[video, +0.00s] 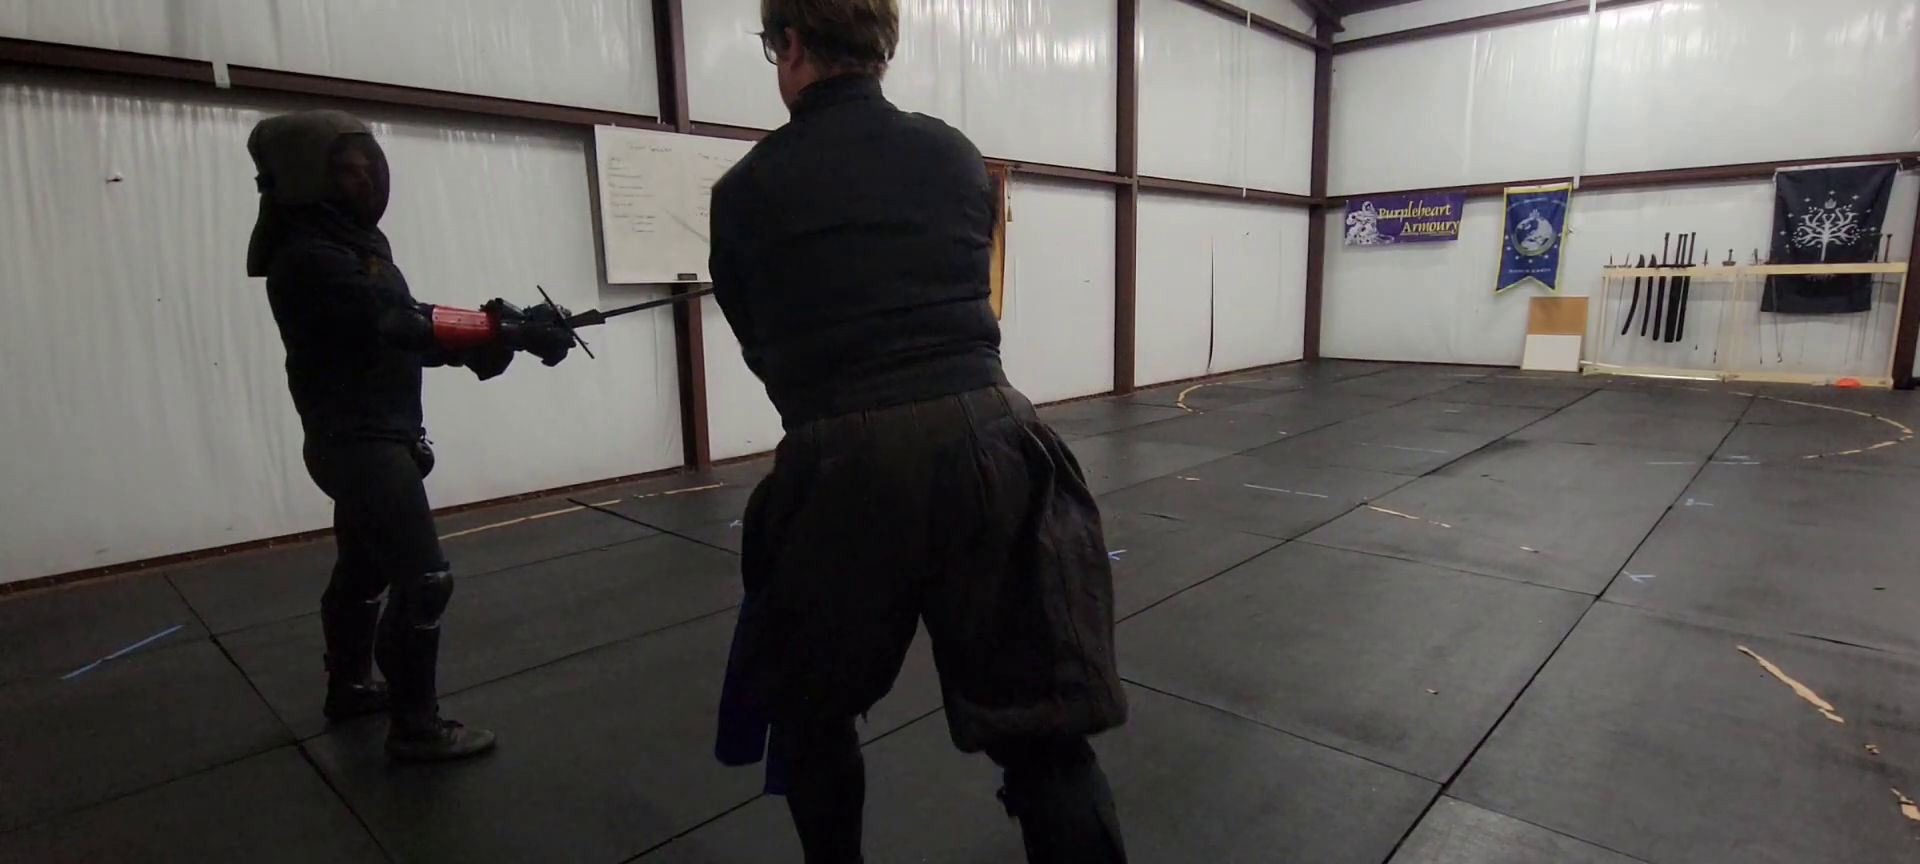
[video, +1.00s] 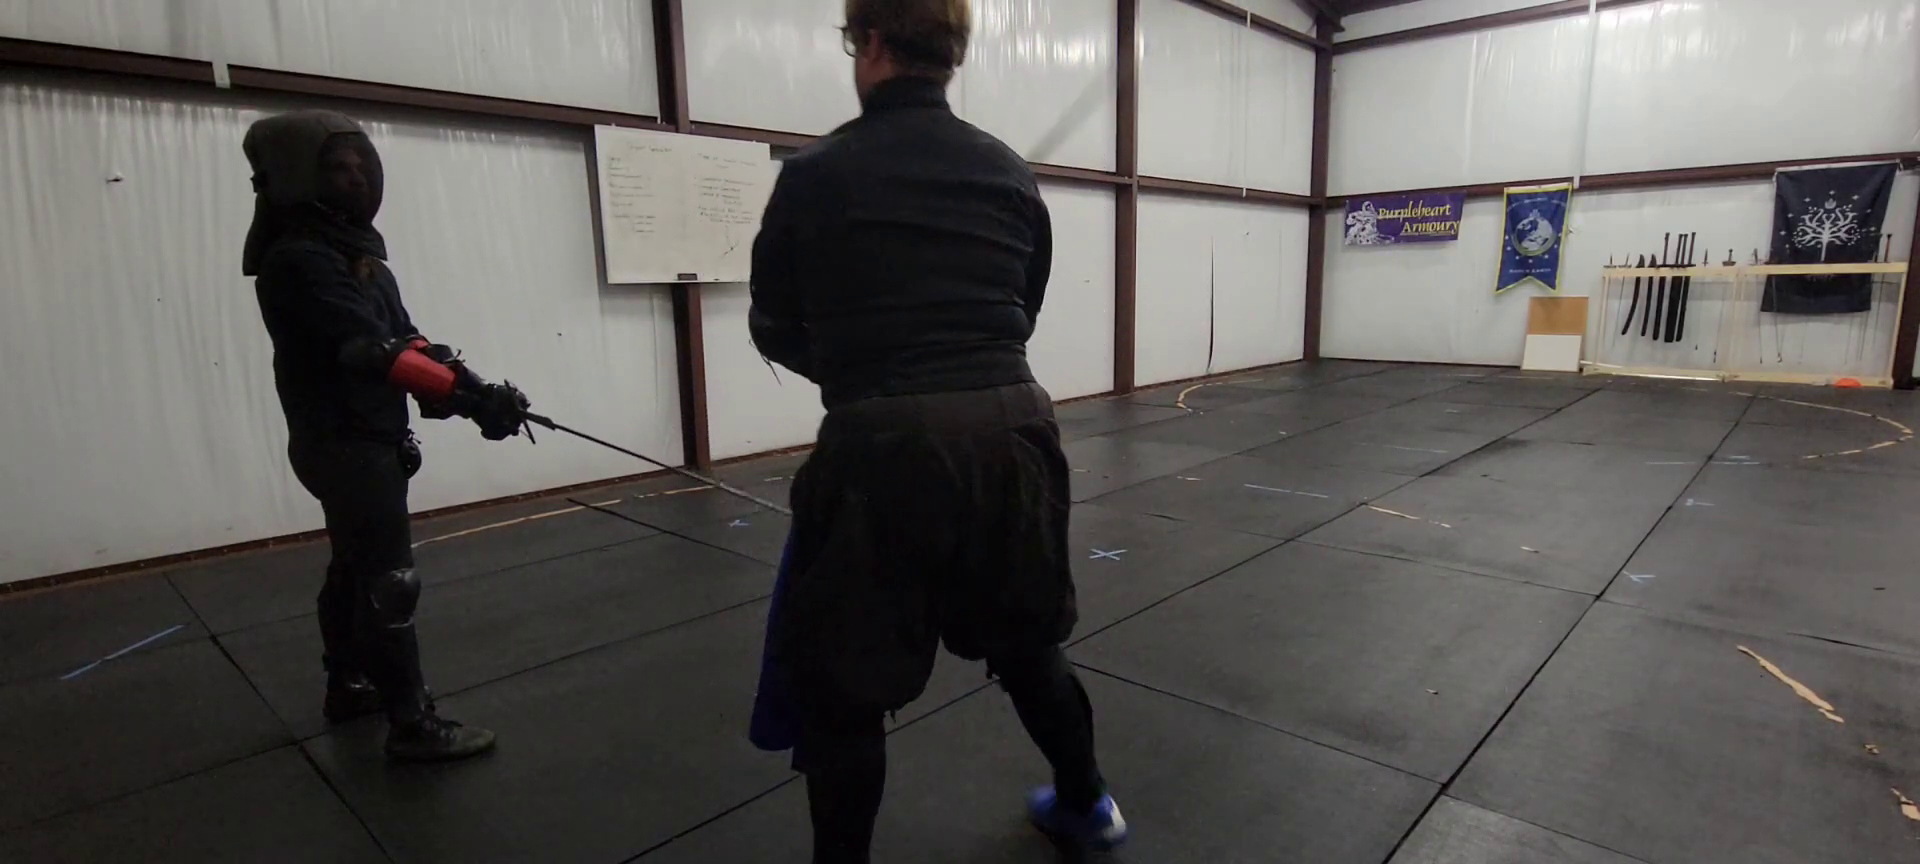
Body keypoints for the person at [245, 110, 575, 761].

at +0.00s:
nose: (377, 178)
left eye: (376, 166)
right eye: (360, 168)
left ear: (373, 173)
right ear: (320, 180)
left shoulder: (356, 244)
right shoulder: (308, 257)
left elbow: (403, 323)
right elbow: (391, 323)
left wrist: (485, 338)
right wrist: (504, 327)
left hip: (382, 440)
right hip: (359, 446)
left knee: (360, 574)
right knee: (422, 583)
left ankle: (350, 690)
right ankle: (416, 728)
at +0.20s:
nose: (367, 180)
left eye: (367, 167)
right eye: (351, 168)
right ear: (315, 179)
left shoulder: (344, 243)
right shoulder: (307, 256)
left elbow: (398, 324)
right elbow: (387, 332)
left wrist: (480, 342)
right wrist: (499, 352)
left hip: (375, 442)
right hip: (356, 447)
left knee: (361, 570)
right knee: (416, 581)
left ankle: (350, 687)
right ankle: (416, 727)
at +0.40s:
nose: (368, 178)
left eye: (370, 165)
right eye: (351, 167)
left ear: (372, 171)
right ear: (312, 179)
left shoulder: (346, 244)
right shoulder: (306, 258)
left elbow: (393, 330)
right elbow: (381, 339)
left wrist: (464, 354)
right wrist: (495, 368)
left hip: (372, 441)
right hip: (353, 447)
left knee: (359, 570)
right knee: (410, 580)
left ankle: (348, 688)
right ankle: (416, 726)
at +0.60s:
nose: (367, 179)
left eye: (369, 165)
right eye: (350, 167)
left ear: (372, 172)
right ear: (311, 179)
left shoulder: (351, 248)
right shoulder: (302, 259)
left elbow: (396, 335)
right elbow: (376, 341)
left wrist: (470, 369)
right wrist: (486, 379)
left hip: (376, 441)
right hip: (350, 447)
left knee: (358, 571)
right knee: (408, 581)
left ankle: (349, 688)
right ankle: (414, 725)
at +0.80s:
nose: (365, 179)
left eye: (366, 166)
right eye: (348, 167)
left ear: (365, 175)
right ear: (310, 179)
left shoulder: (351, 247)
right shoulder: (300, 259)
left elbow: (398, 336)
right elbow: (367, 346)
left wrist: (466, 380)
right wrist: (473, 393)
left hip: (373, 439)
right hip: (348, 445)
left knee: (357, 569)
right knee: (399, 583)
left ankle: (350, 687)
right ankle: (413, 725)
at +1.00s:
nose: (362, 180)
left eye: (366, 167)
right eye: (345, 168)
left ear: (372, 174)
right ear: (307, 178)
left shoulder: (354, 247)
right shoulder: (297, 257)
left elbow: (397, 335)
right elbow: (360, 347)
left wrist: (461, 380)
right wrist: (468, 396)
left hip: (371, 439)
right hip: (341, 445)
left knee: (356, 569)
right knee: (390, 581)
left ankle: (349, 688)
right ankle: (411, 722)